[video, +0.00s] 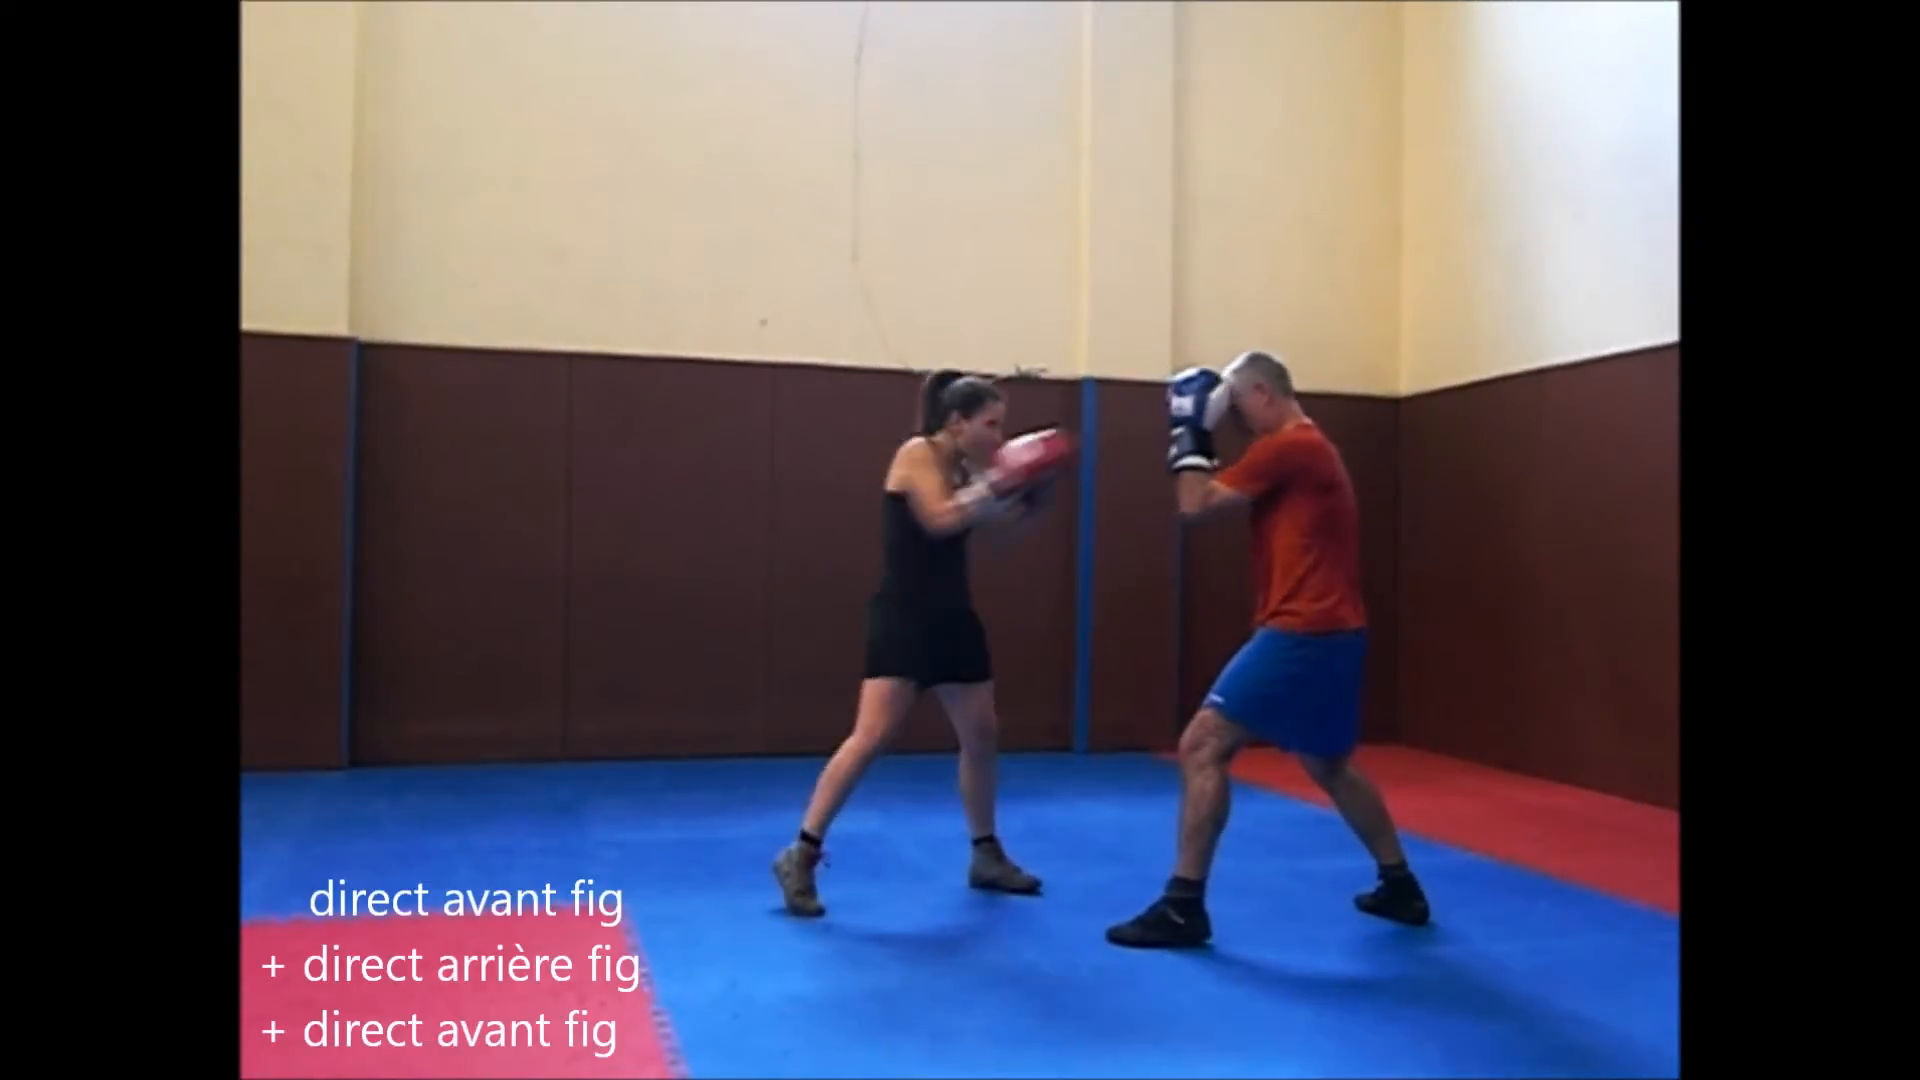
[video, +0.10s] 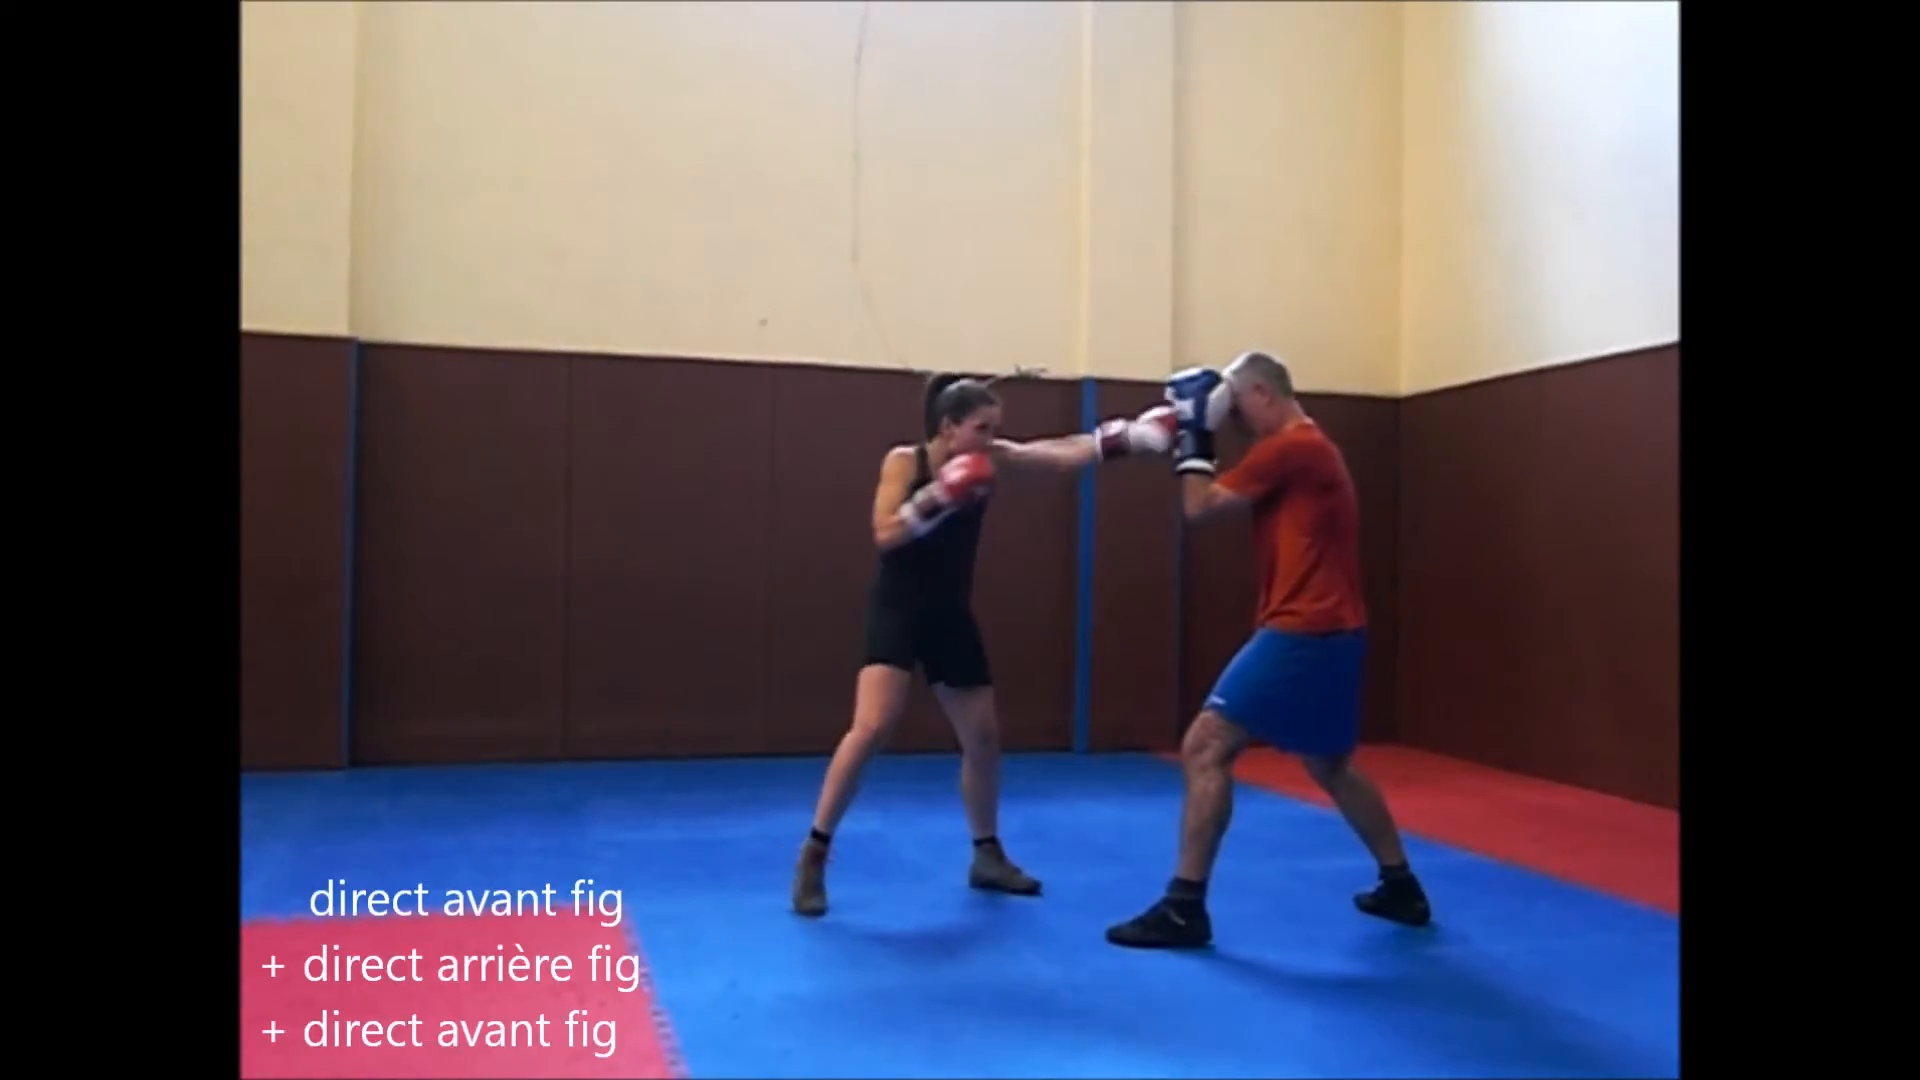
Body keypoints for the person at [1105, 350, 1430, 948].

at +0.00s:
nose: (1236, 415)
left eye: (1238, 402)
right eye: (1234, 404)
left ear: (1264, 393)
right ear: (1278, 392)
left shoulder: (1287, 447)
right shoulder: (1308, 446)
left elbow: (1194, 500)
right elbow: (1214, 493)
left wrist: (1185, 429)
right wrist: (1200, 433)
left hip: (1298, 631)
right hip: (1333, 631)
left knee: (1202, 748)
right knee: (1330, 764)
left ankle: (1183, 905)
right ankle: (1401, 886)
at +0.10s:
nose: (1236, 415)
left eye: (1238, 403)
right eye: (1234, 404)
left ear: (1263, 394)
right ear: (1278, 393)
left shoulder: (1289, 448)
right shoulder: (1309, 446)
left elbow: (1198, 505)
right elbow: (1218, 495)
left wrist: (1192, 434)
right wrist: (1199, 429)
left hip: (1298, 630)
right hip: (1333, 630)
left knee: (1205, 749)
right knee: (1332, 764)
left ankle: (1184, 906)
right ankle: (1401, 887)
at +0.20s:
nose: (1242, 417)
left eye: (1244, 403)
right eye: (1239, 405)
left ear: (1268, 391)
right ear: (1282, 390)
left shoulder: (1295, 446)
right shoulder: (1312, 445)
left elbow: (1202, 503)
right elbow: (1215, 495)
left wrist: (1185, 435)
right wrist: (1190, 433)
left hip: (1299, 631)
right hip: (1334, 631)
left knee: (1209, 750)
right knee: (1335, 765)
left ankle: (1184, 907)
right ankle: (1403, 888)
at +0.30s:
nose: (1234, 408)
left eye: (1238, 394)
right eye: (1231, 396)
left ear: (1270, 386)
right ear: (1277, 387)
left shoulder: (1294, 445)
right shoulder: (1307, 442)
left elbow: (1220, 517)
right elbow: (1232, 509)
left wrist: (1187, 461)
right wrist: (1199, 463)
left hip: (1296, 628)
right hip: (1334, 627)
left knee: (1213, 750)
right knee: (1340, 763)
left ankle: (1185, 907)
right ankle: (1403, 886)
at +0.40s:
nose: (1219, 408)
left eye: (1226, 394)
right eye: (1218, 396)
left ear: (1260, 392)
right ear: (1264, 394)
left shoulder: (1285, 453)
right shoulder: (1296, 450)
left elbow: (1249, 548)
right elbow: (1253, 538)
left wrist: (1197, 508)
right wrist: (1204, 508)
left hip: (1296, 634)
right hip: (1332, 633)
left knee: (1198, 747)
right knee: (1336, 764)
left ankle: (1185, 908)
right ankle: (1403, 887)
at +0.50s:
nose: (1209, 404)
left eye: (1216, 390)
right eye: (1208, 391)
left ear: (1250, 388)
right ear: (1252, 390)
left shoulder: (1274, 449)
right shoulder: (1294, 446)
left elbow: (1253, 549)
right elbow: (1265, 545)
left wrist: (1192, 515)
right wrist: (1203, 520)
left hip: (1284, 632)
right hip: (1321, 632)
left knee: (1195, 750)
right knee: (1326, 763)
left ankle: (1184, 908)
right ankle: (1397, 885)